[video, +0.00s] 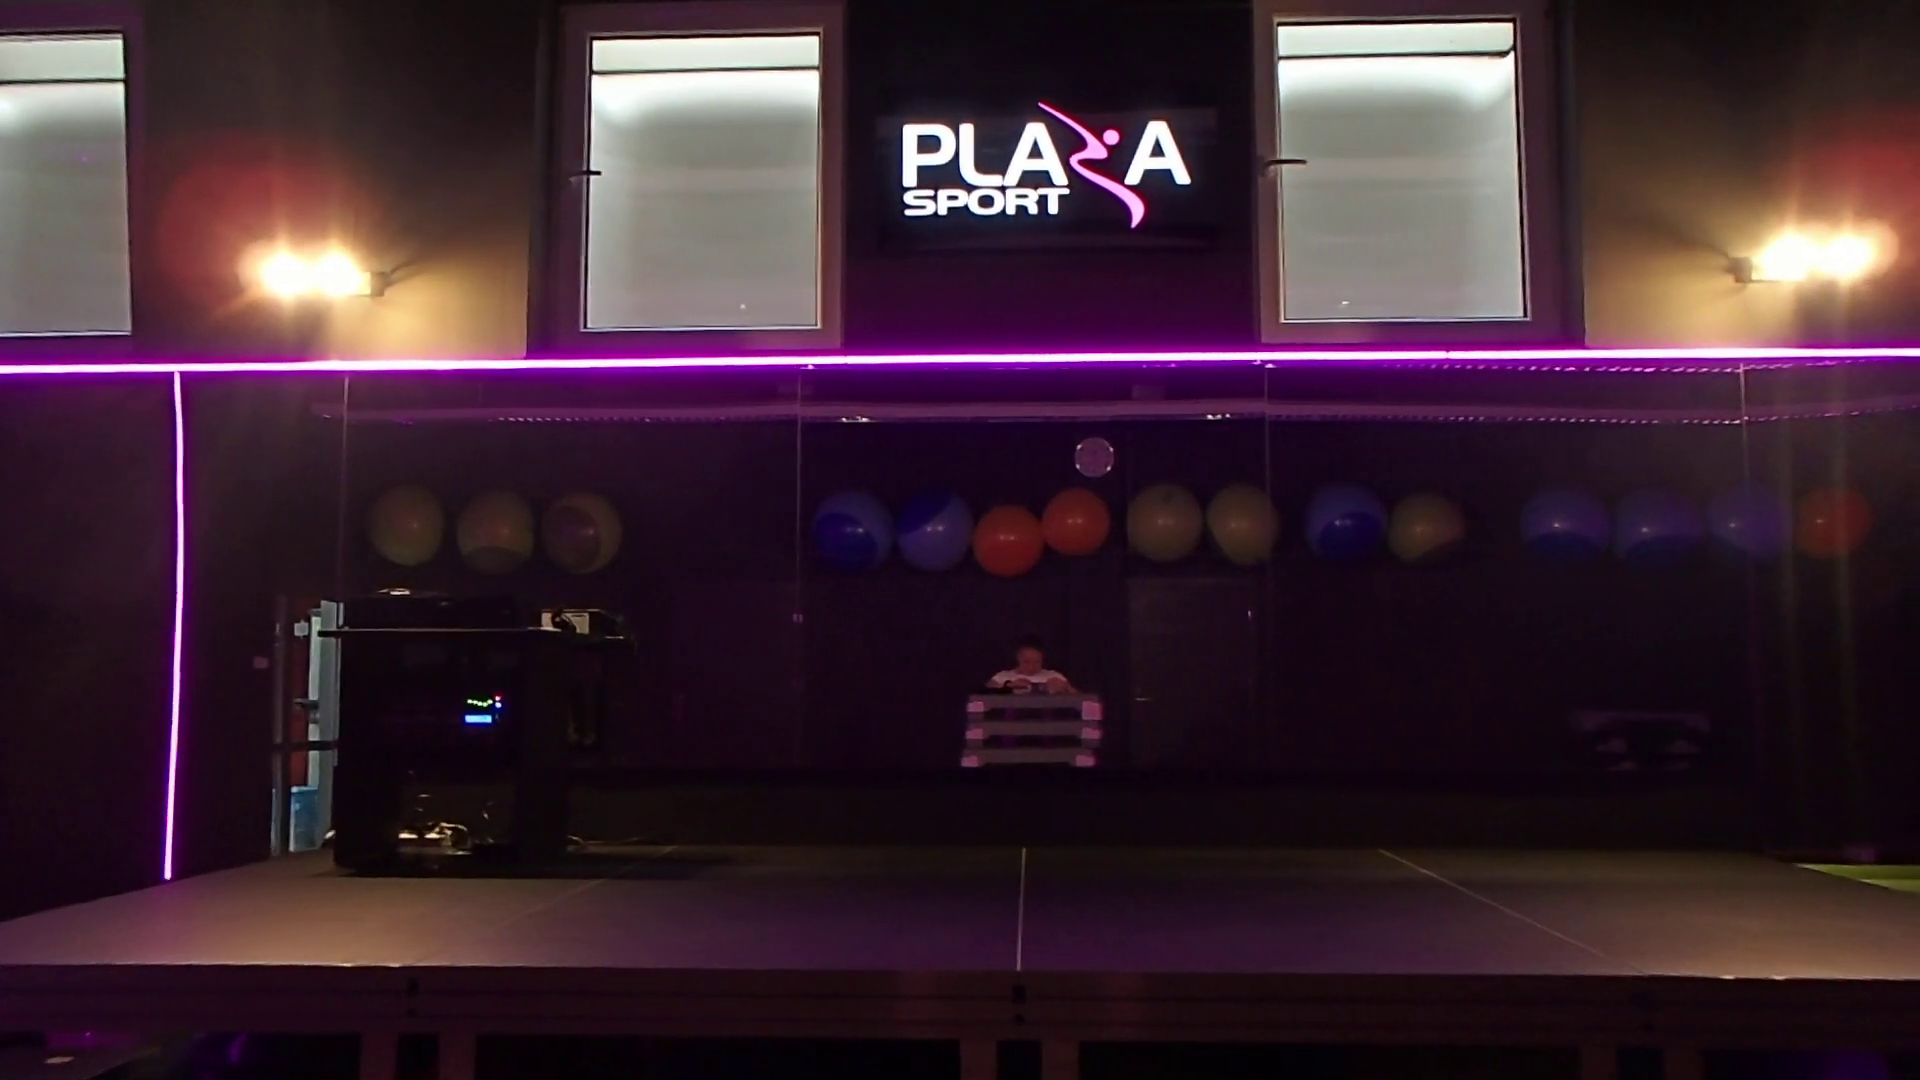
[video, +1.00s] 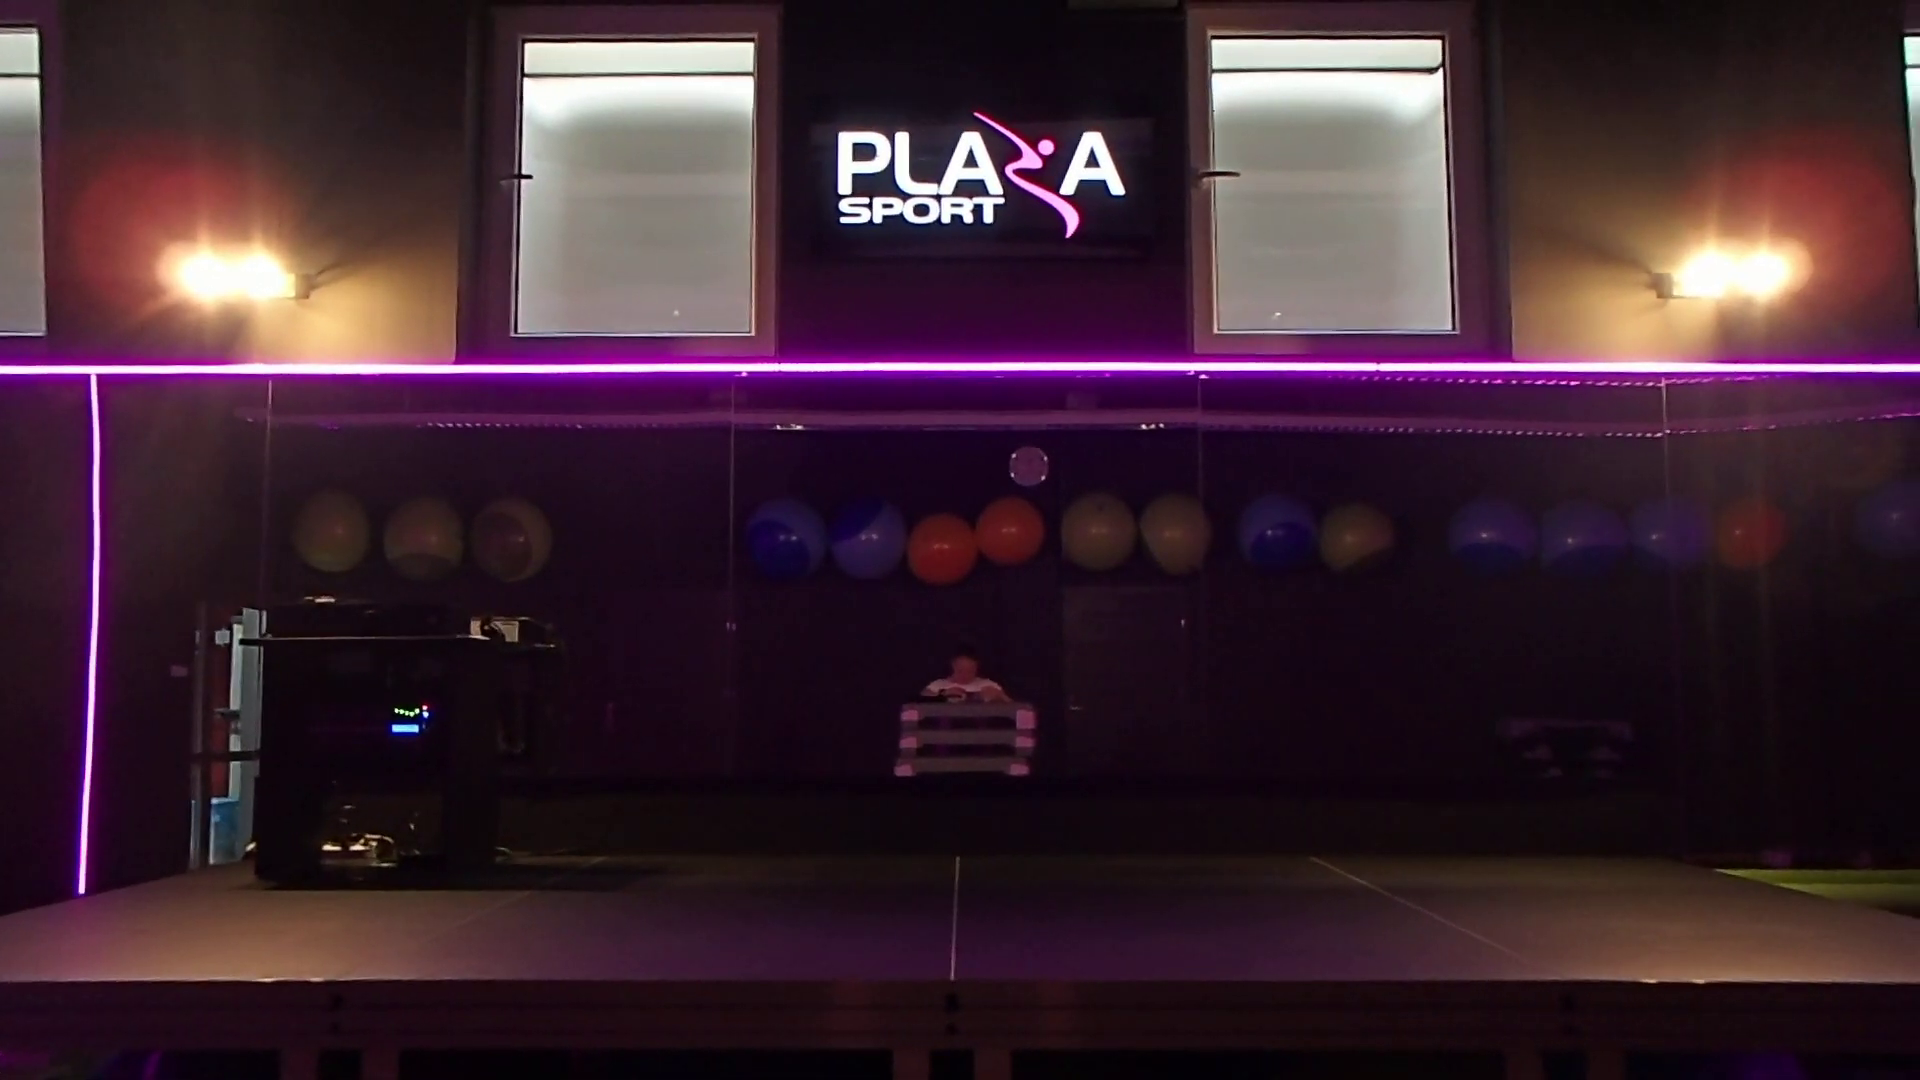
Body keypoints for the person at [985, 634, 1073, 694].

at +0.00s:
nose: (1031, 666)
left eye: (1035, 661)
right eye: (1026, 661)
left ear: (1041, 660)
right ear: (1019, 659)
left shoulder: (1052, 677)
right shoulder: (1004, 676)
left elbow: (1077, 697)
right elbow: (987, 691)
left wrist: (1064, 689)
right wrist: (1010, 686)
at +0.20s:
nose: (1019, 666)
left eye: (1023, 662)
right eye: (1014, 662)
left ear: (1029, 660)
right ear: (1007, 660)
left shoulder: (1041, 677)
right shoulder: (992, 677)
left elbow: (1064, 698)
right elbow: (975, 692)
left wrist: (1051, 689)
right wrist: (997, 686)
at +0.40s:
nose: (1003, 669)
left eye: (1007, 664)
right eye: (998, 664)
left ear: (1012, 664)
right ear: (990, 664)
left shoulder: (1024, 679)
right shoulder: (976, 679)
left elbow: (1049, 701)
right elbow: (958, 694)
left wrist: (1033, 690)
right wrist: (981, 688)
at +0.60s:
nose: (976, 673)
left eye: (980, 669)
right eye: (972, 669)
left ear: (986, 669)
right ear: (965, 669)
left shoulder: (998, 684)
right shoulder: (950, 684)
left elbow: (1022, 705)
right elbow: (934, 698)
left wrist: (1007, 695)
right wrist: (956, 694)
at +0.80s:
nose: (973, 673)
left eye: (977, 669)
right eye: (969, 668)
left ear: (984, 668)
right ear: (962, 668)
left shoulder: (996, 686)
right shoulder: (947, 685)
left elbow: (1020, 707)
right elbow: (930, 704)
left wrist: (1005, 697)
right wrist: (953, 695)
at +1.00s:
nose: (965, 672)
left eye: (969, 668)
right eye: (961, 668)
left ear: (975, 668)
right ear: (954, 667)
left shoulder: (988, 686)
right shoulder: (938, 685)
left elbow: (1011, 707)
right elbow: (922, 704)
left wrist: (997, 697)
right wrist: (944, 695)